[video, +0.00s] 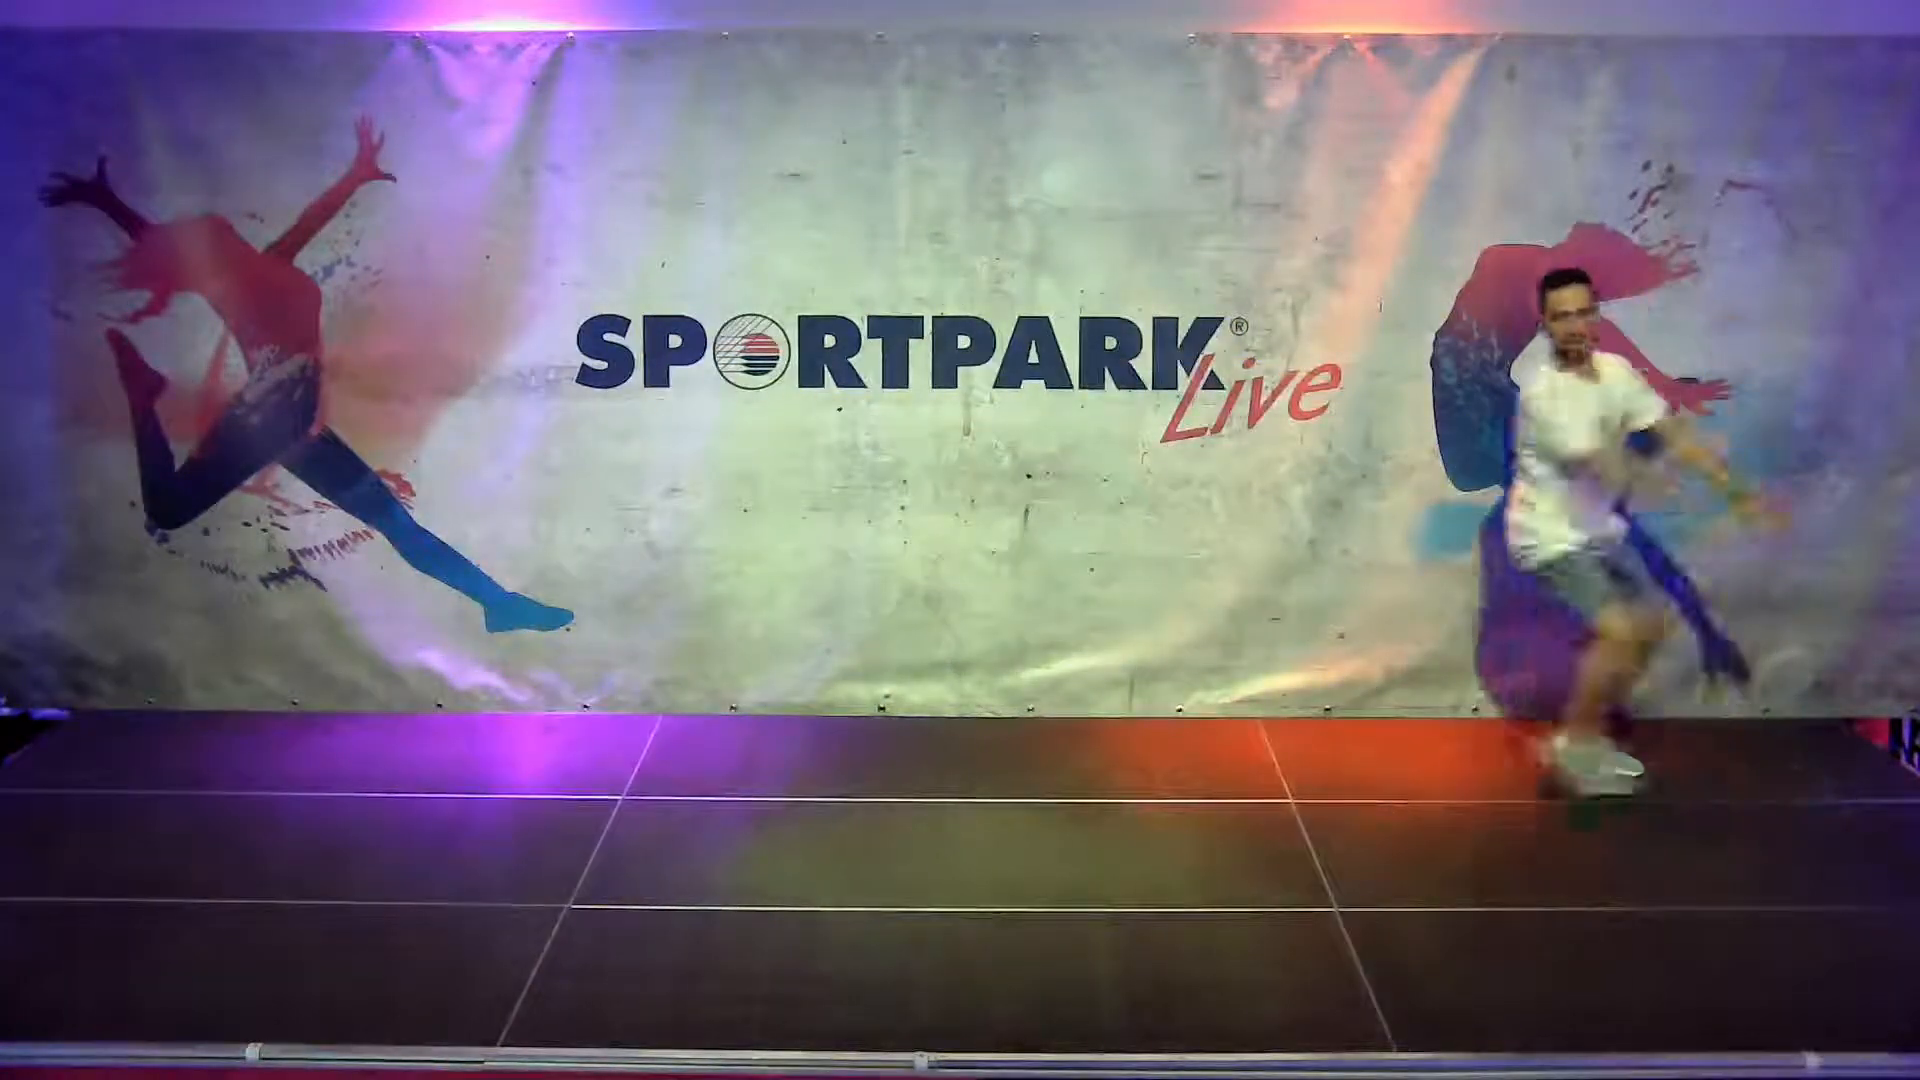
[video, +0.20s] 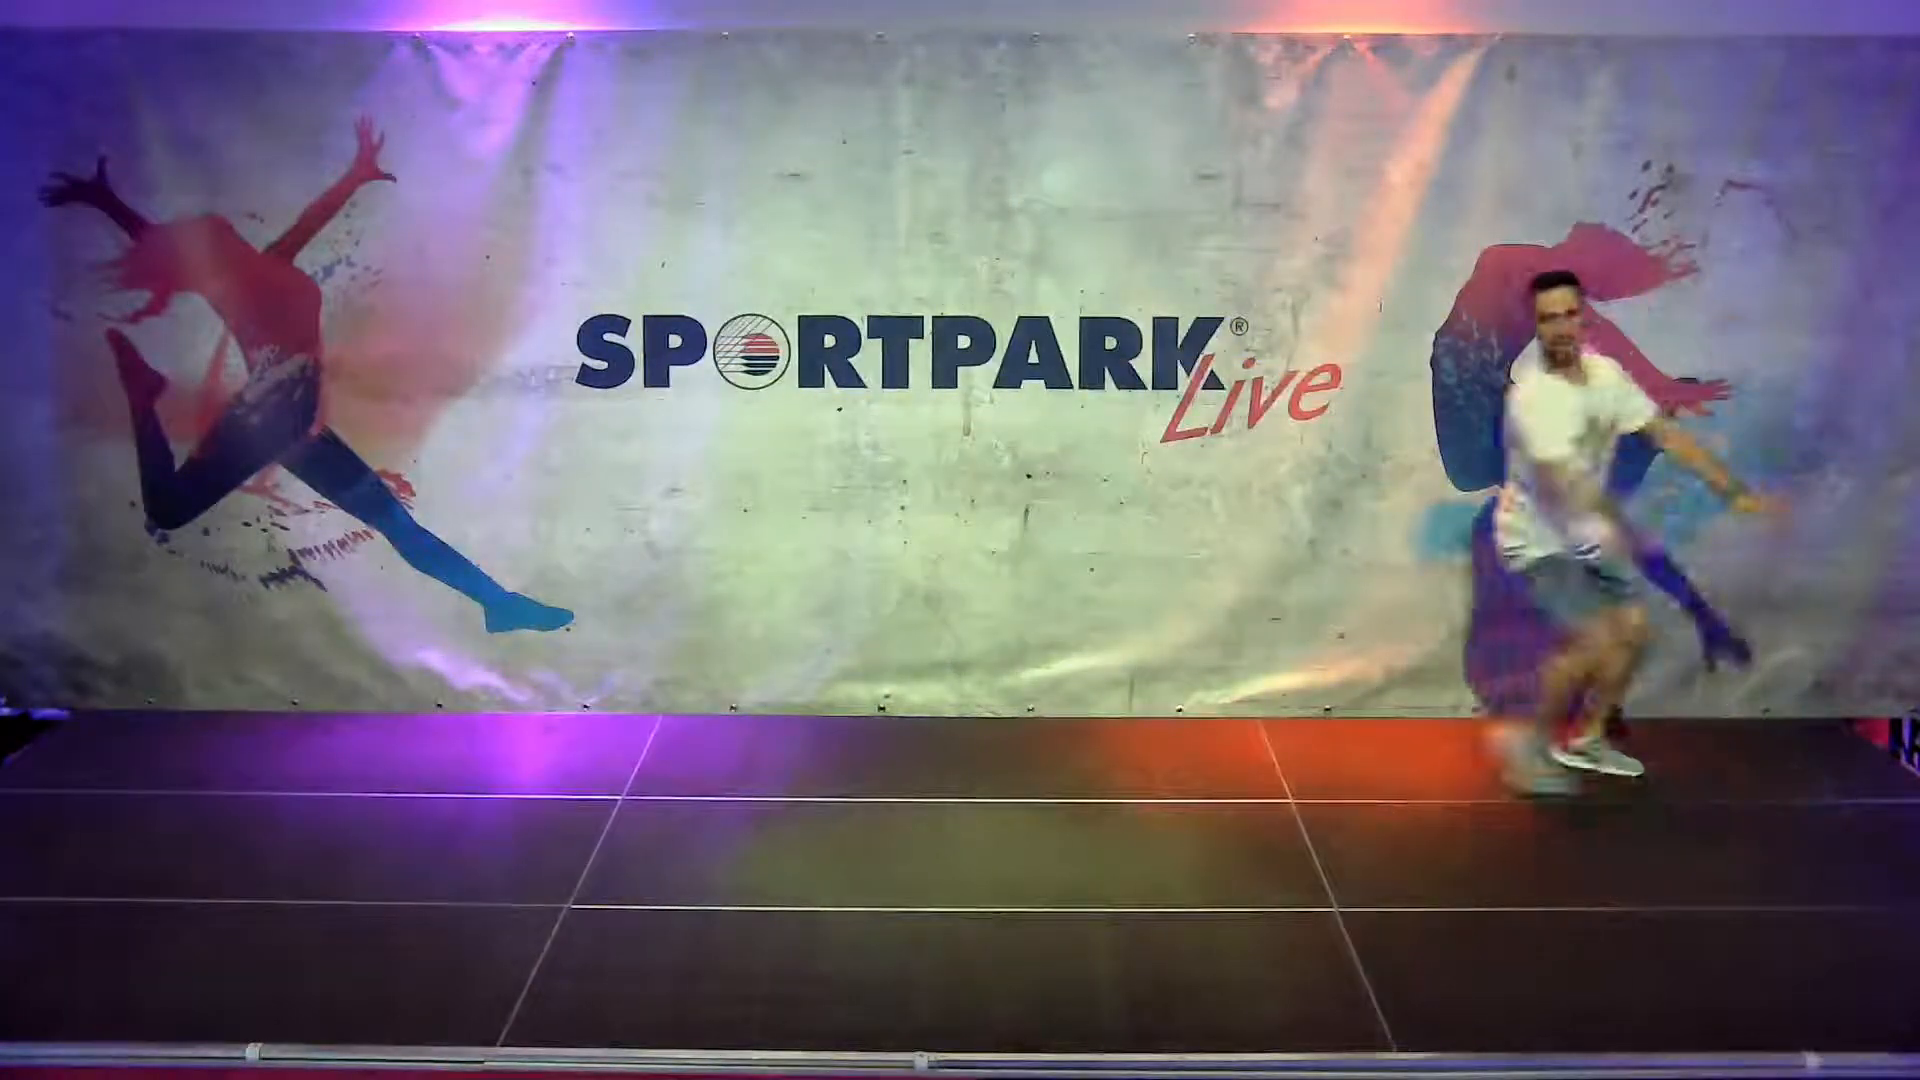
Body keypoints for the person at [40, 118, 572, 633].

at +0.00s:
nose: (177, 289)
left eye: (177, 269)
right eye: (171, 273)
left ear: (203, 253)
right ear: (204, 249)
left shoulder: (262, 269)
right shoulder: (241, 279)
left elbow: (307, 223)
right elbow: (158, 244)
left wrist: (358, 175)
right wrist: (105, 202)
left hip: (300, 428)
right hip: (262, 422)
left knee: (389, 517)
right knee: (166, 512)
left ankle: (500, 602)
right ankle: (141, 398)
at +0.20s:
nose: (177, 289)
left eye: (177, 269)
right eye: (173, 272)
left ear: (203, 253)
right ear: (204, 249)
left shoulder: (262, 269)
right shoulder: (240, 279)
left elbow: (307, 223)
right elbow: (158, 244)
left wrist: (358, 175)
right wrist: (105, 202)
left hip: (300, 428)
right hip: (262, 422)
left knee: (389, 517)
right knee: (166, 512)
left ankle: (500, 602)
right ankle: (141, 398)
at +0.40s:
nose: (177, 289)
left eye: (177, 269)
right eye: (173, 273)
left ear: (202, 253)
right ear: (204, 249)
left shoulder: (262, 270)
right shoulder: (241, 279)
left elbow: (306, 223)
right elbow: (158, 244)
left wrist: (358, 175)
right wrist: (106, 203)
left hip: (300, 428)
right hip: (262, 422)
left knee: (389, 517)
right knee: (167, 512)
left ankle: (500, 602)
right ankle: (141, 398)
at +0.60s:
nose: (178, 289)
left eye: (178, 268)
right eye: (175, 270)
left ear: (203, 253)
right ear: (203, 249)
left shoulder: (262, 270)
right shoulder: (239, 279)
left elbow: (306, 223)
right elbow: (158, 244)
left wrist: (358, 175)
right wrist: (106, 203)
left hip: (300, 428)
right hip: (262, 422)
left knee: (389, 517)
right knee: (166, 512)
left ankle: (500, 602)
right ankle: (141, 398)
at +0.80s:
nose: (177, 289)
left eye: (177, 268)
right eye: (174, 271)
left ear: (203, 253)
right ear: (205, 249)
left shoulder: (262, 270)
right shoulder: (241, 279)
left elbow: (307, 223)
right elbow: (157, 244)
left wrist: (358, 175)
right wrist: (105, 203)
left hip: (300, 428)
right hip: (262, 422)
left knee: (390, 517)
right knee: (166, 512)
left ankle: (500, 602)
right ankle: (141, 398)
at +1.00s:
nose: (181, 288)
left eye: (181, 268)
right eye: (178, 271)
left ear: (205, 254)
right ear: (208, 248)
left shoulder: (261, 270)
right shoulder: (246, 279)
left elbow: (307, 223)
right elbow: (160, 245)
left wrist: (358, 175)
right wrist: (105, 202)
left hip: (299, 428)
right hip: (263, 421)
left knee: (388, 515)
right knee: (167, 511)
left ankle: (500, 602)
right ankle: (141, 396)